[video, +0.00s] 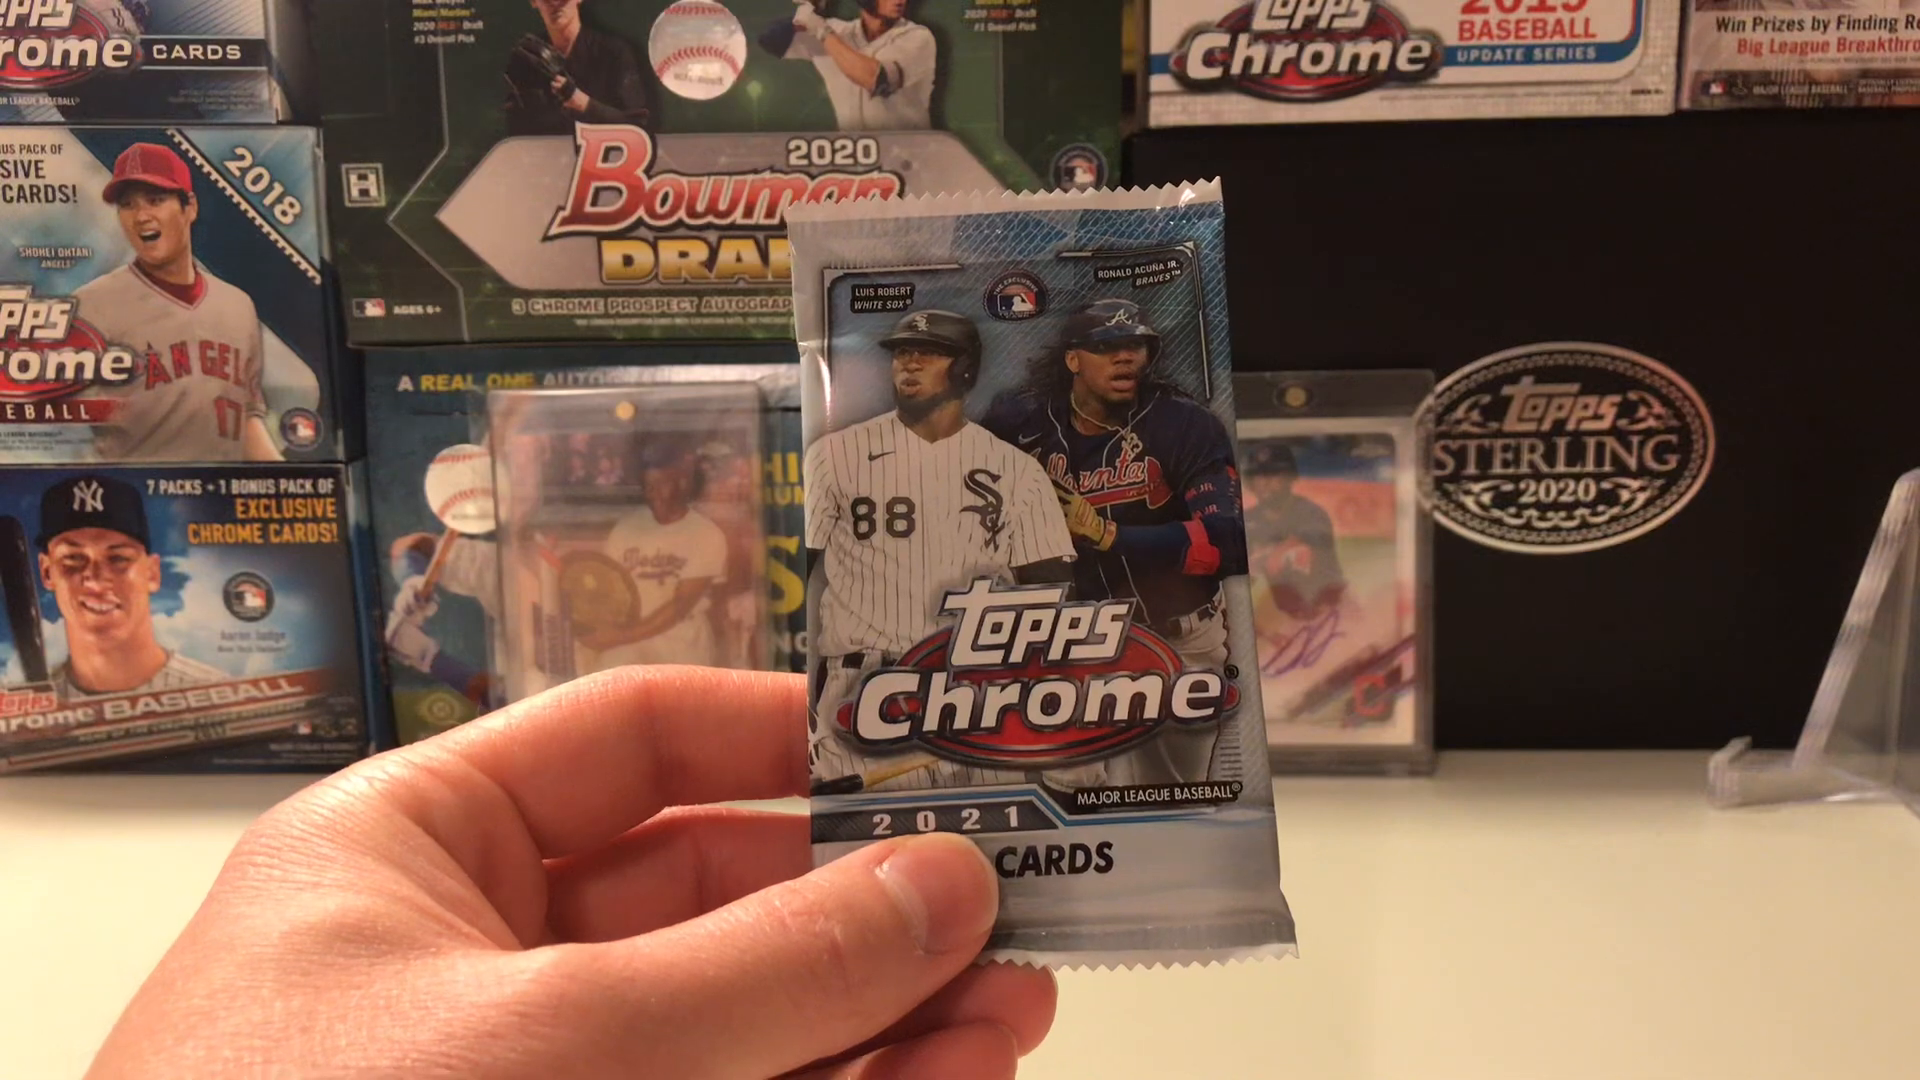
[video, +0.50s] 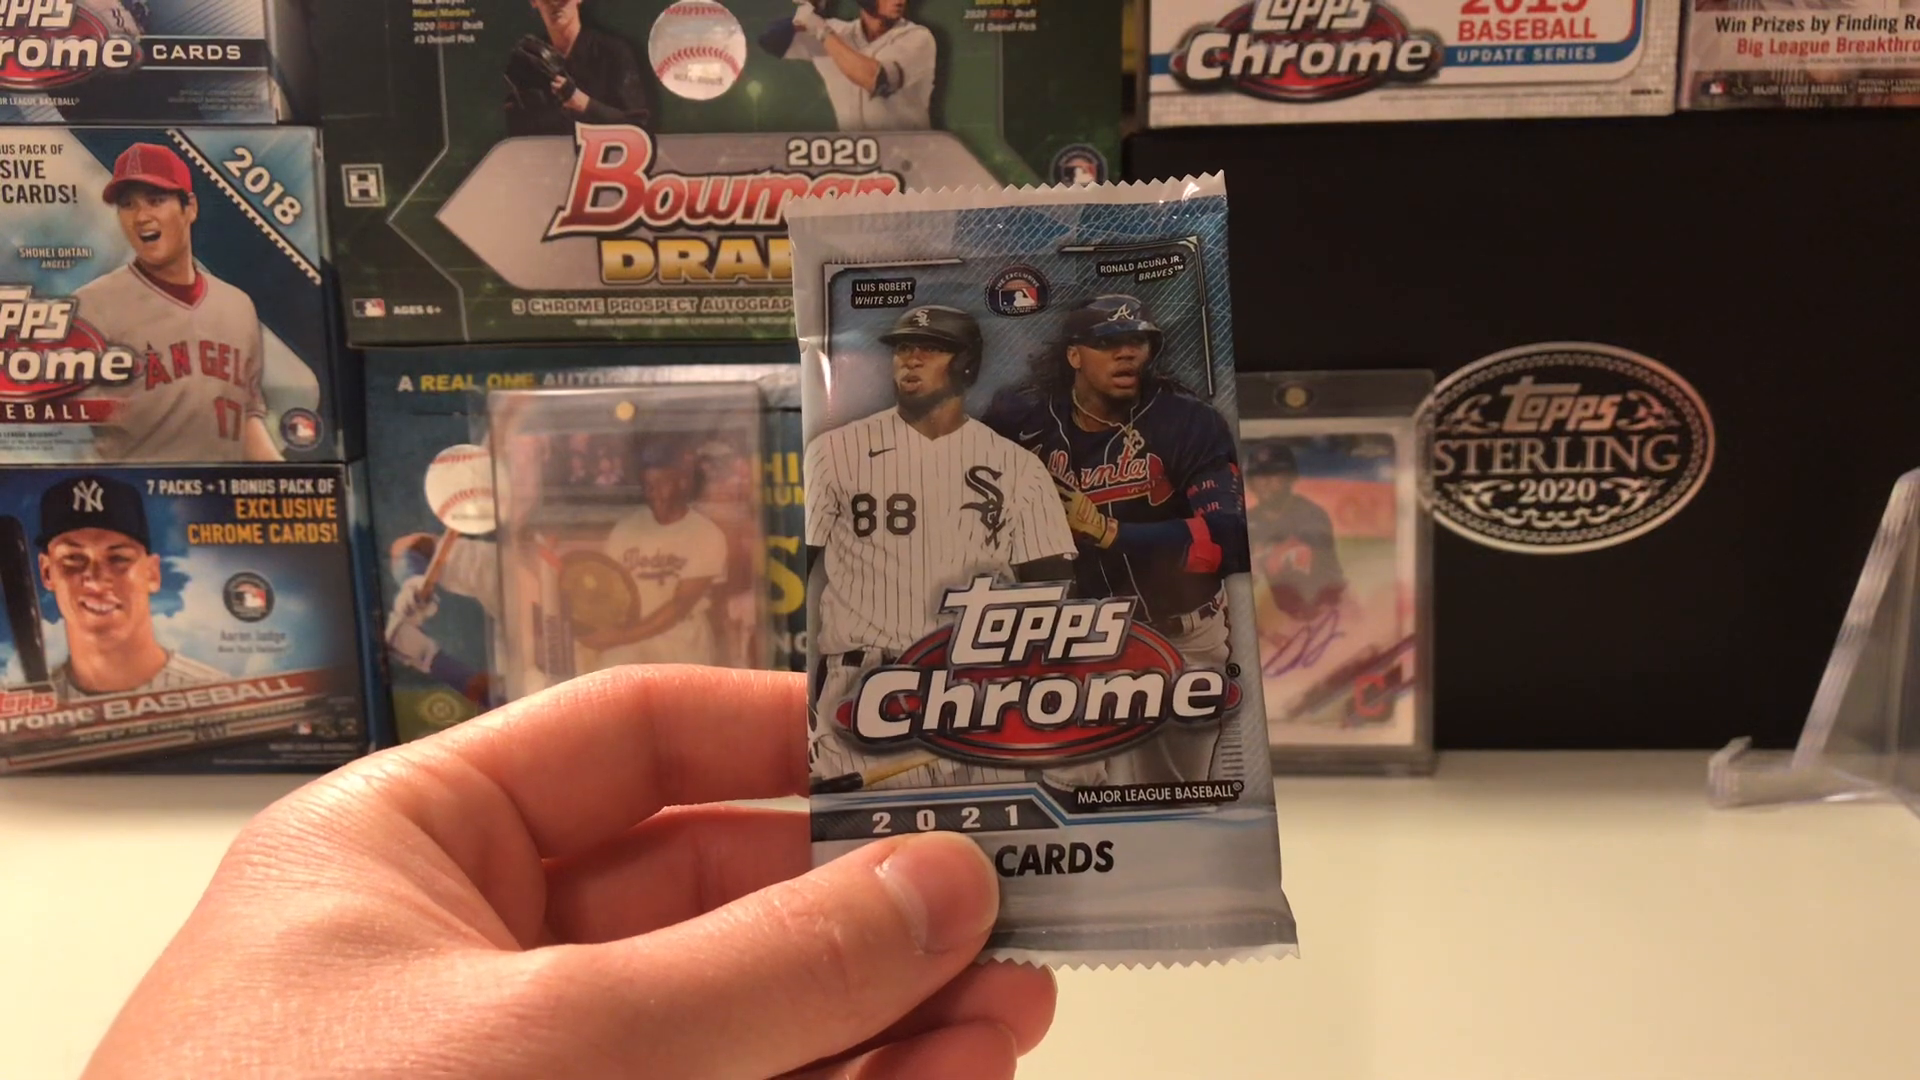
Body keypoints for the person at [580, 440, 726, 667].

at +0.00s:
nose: (653, 493)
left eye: (661, 484)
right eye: (648, 485)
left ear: (682, 483)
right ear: (642, 487)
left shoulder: (707, 535)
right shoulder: (625, 529)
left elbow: (680, 607)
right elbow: (605, 590)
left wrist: (622, 636)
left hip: (683, 660)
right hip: (626, 661)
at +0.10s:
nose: (653, 494)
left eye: (661, 484)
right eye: (648, 485)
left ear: (682, 484)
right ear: (642, 486)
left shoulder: (707, 536)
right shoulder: (625, 529)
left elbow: (680, 607)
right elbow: (605, 590)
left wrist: (621, 636)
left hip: (683, 661)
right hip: (626, 662)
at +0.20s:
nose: (653, 493)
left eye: (661, 483)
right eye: (648, 485)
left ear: (683, 484)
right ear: (642, 486)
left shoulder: (707, 536)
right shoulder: (625, 529)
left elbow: (680, 607)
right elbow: (605, 591)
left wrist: (620, 636)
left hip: (683, 661)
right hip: (626, 661)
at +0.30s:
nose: (653, 494)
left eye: (661, 484)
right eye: (648, 485)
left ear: (683, 484)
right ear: (642, 487)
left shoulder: (707, 536)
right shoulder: (625, 529)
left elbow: (680, 607)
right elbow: (604, 589)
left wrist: (621, 636)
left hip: (683, 658)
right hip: (626, 658)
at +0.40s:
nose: (653, 493)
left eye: (661, 483)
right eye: (648, 485)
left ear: (683, 484)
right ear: (643, 487)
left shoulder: (707, 536)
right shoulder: (625, 529)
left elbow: (680, 607)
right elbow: (605, 591)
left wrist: (619, 636)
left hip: (683, 660)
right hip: (626, 660)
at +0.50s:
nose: (653, 493)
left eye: (661, 484)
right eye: (648, 485)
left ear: (682, 483)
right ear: (643, 487)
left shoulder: (706, 535)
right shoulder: (625, 530)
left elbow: (680, 606)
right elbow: (605, 592)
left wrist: (619, 636)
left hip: (683, 660)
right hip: (626, 660)